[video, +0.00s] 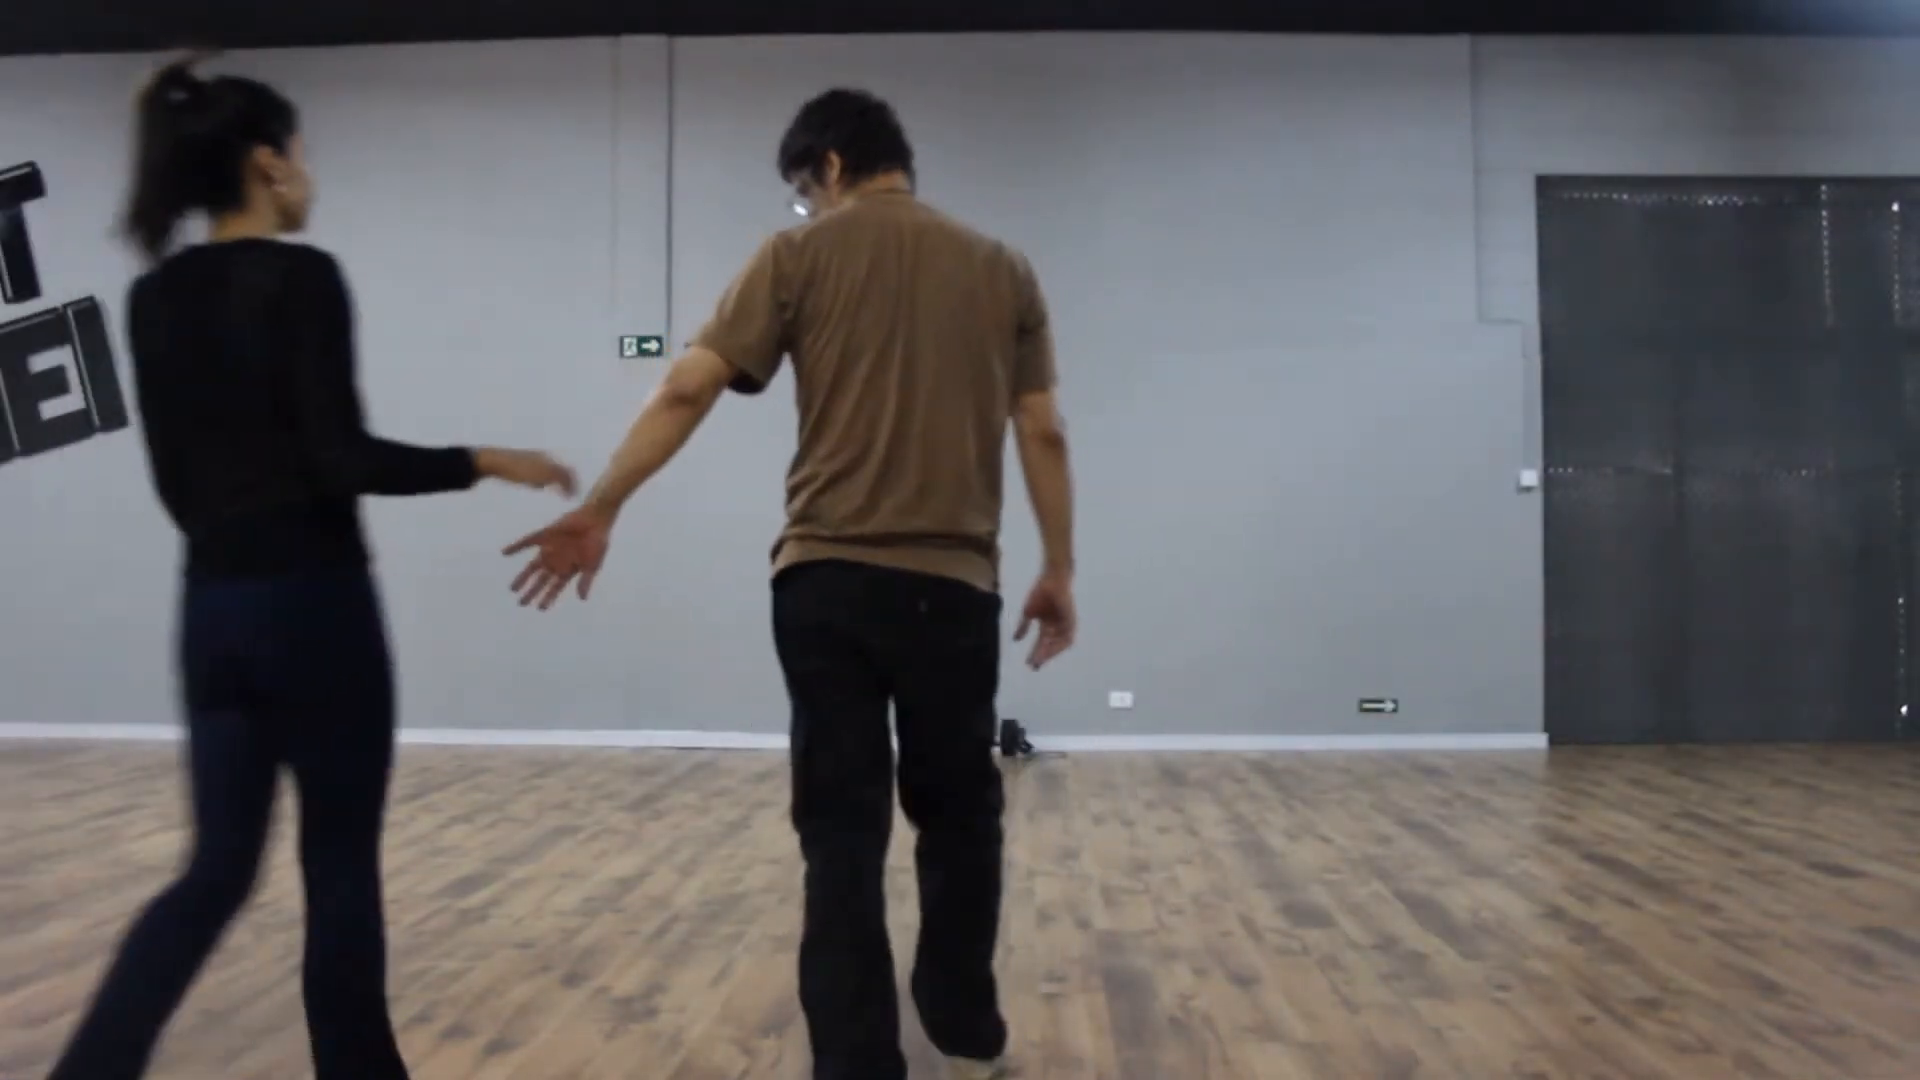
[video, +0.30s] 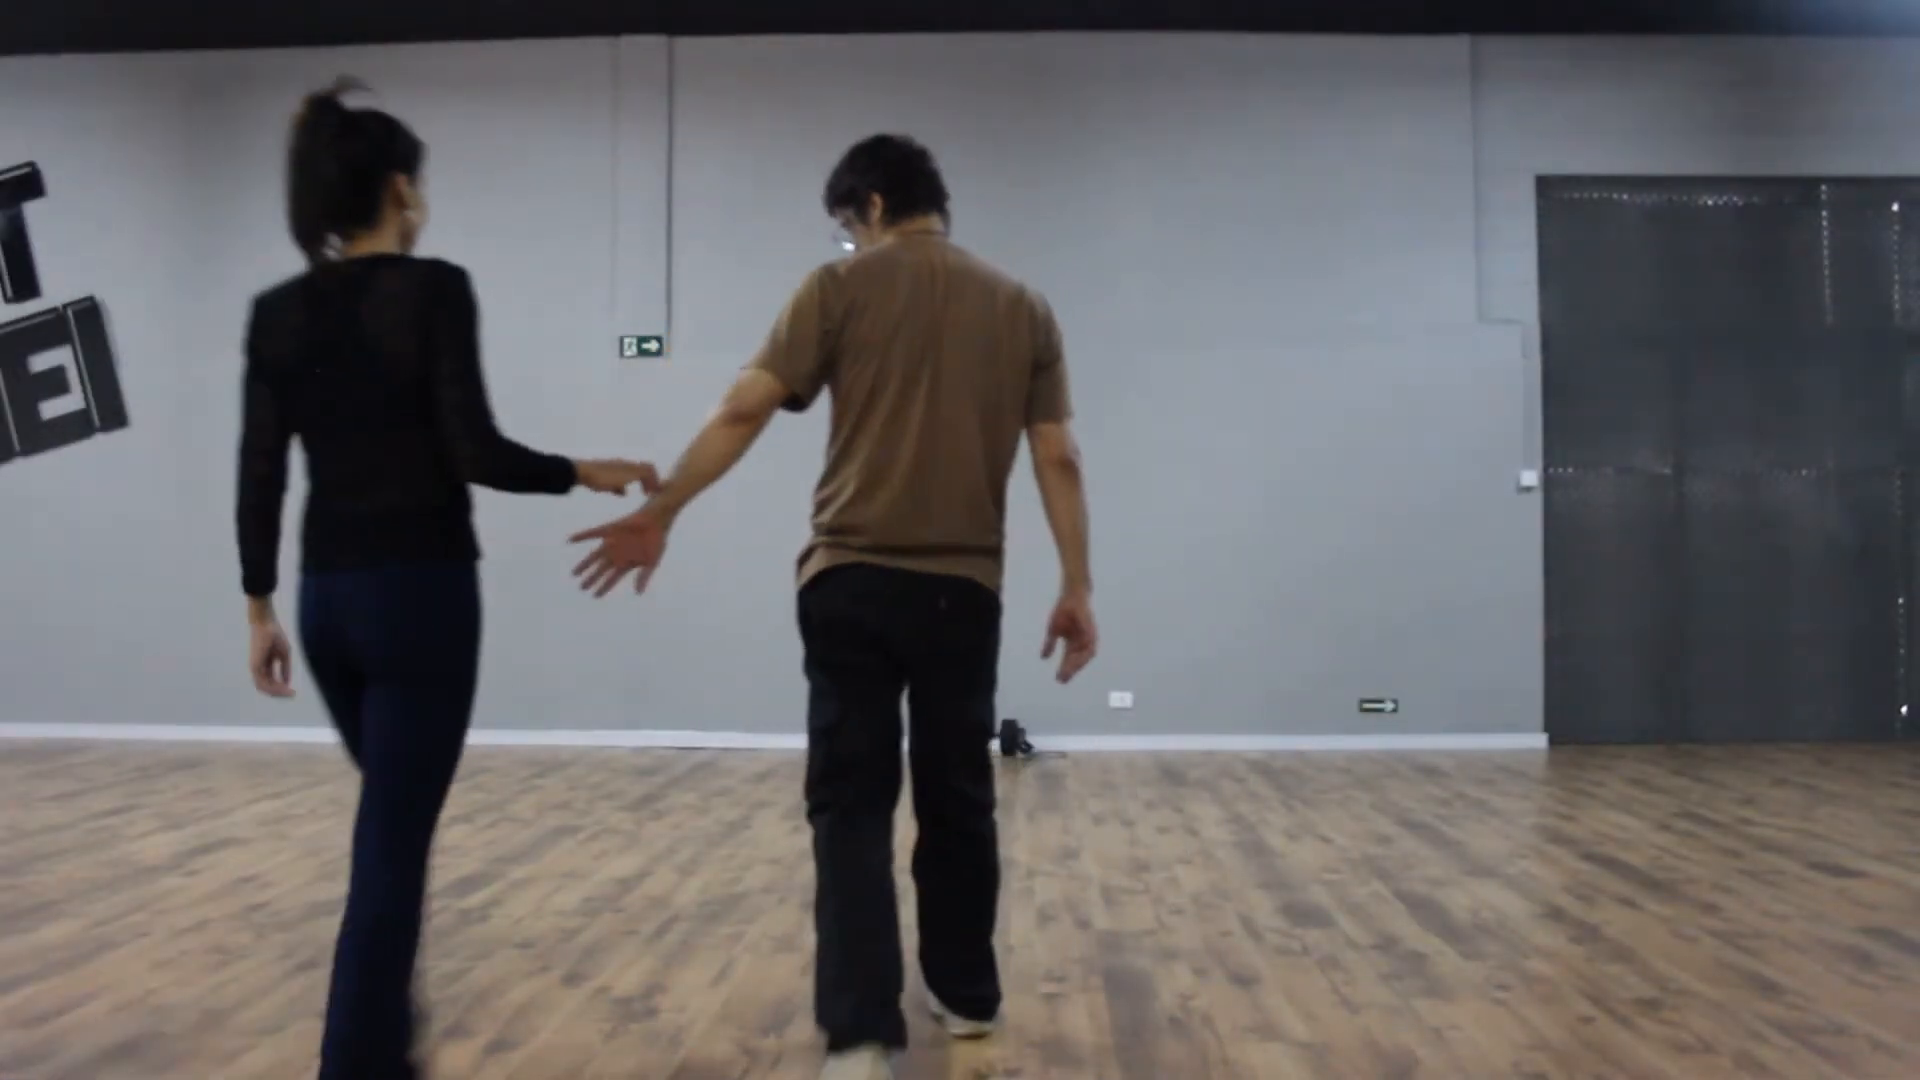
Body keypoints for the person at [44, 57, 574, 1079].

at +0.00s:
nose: (308, 172)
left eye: (301, 153)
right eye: (298, 154)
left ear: (206, 175)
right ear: (267, 165)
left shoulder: (155, 298)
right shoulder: (303, 275)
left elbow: (178, 485)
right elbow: (342, 459)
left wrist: (256, 543)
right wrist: (482, 464)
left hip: (216, 613)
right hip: (321, 608)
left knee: (216, 869)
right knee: (342, 876)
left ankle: (89, 1069)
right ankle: (360, 1069)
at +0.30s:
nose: (424, 196)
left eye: (418, 180)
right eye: (418, 181)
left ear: (322, 197)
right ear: (398, 190)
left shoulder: (279, 311)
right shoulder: (435, 288)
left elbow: (261, 469)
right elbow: (476, 453)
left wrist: (260, 607)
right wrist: (586, 476)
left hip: (327, 603)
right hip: (426, 598)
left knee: (398, 819)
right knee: (390, 846)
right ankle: (355, 1061)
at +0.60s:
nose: (509, 247)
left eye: (505, 232)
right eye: (503, 233)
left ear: (416, 246)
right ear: (484, 241)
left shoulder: (378, 349)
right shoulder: (513, 329)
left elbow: (354, 491)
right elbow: (532, 477)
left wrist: (337, 620)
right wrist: (637, 509)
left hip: (423, 611)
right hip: (507, 609)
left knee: (491, 815)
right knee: (471, 840)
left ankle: (532, 1017)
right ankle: (381, 1061)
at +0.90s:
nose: (564, 259)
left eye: (561, 244)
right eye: (558, 244)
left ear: (482, 257)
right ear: (534, 251)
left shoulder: (448, 351)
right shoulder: (554, 333)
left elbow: (487, 478)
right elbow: (564, 471)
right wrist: (680, 502)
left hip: (480, 602)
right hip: (559, 601)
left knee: (506, 794)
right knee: (603, 787)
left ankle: (523, 1009)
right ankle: (575, 989)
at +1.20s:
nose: (613, 281)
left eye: (609, 267)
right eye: (606, 267)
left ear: (539, 281)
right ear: (580, 275)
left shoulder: (508, 370)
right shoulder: (598, 352)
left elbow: (546, 489)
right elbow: (608, 488)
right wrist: (714, 539)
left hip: (529, 605)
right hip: (602, 604)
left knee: (545, 790)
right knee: (626, 783)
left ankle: (525, 997)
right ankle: (631, 957)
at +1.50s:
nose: (656, 283)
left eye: (651, 270)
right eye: (648, 270)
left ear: (591, 285)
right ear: (624, 279)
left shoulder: (570, 364)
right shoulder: (629, 359)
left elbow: (613, 450)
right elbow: (656, 492)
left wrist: (691, 443)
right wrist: (743, 574)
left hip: (596, 585)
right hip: (643, 589)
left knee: (639, 760)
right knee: (650, 766)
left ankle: (556, 931)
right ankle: (637, 954)